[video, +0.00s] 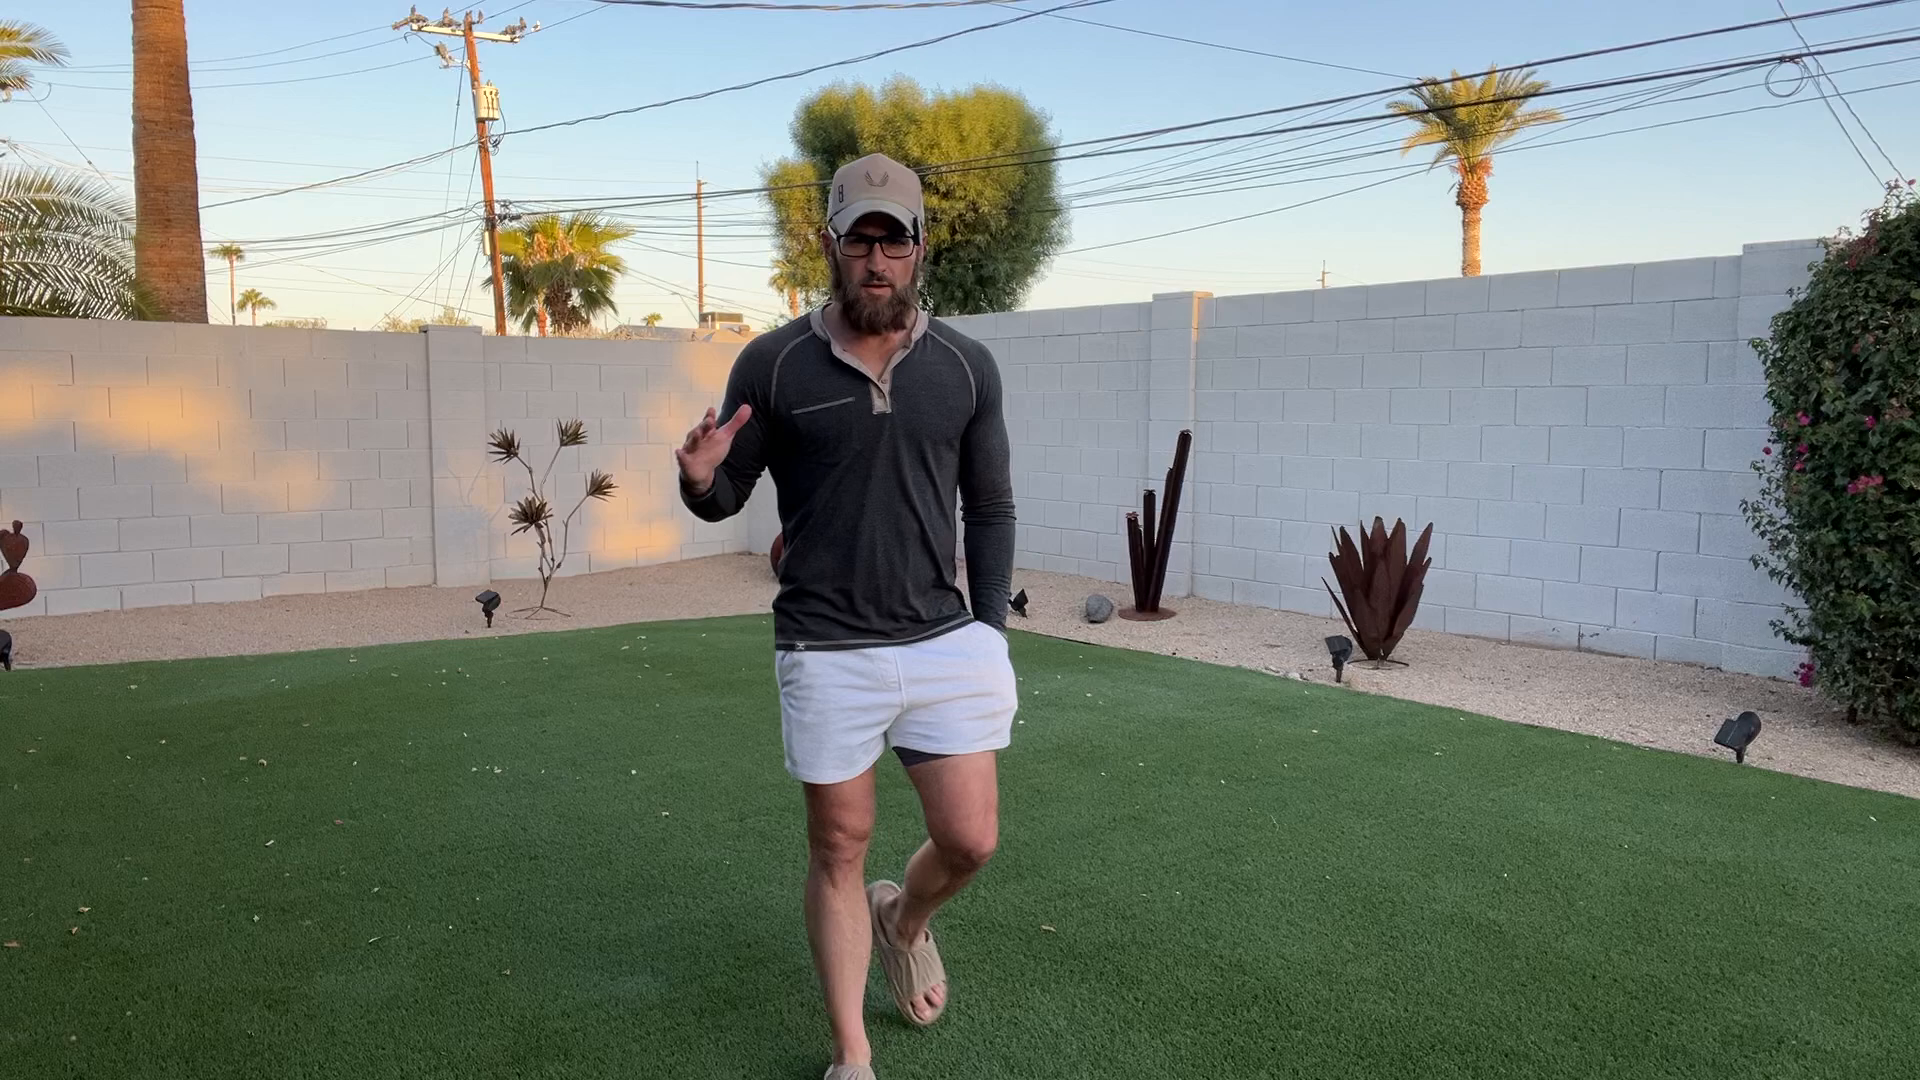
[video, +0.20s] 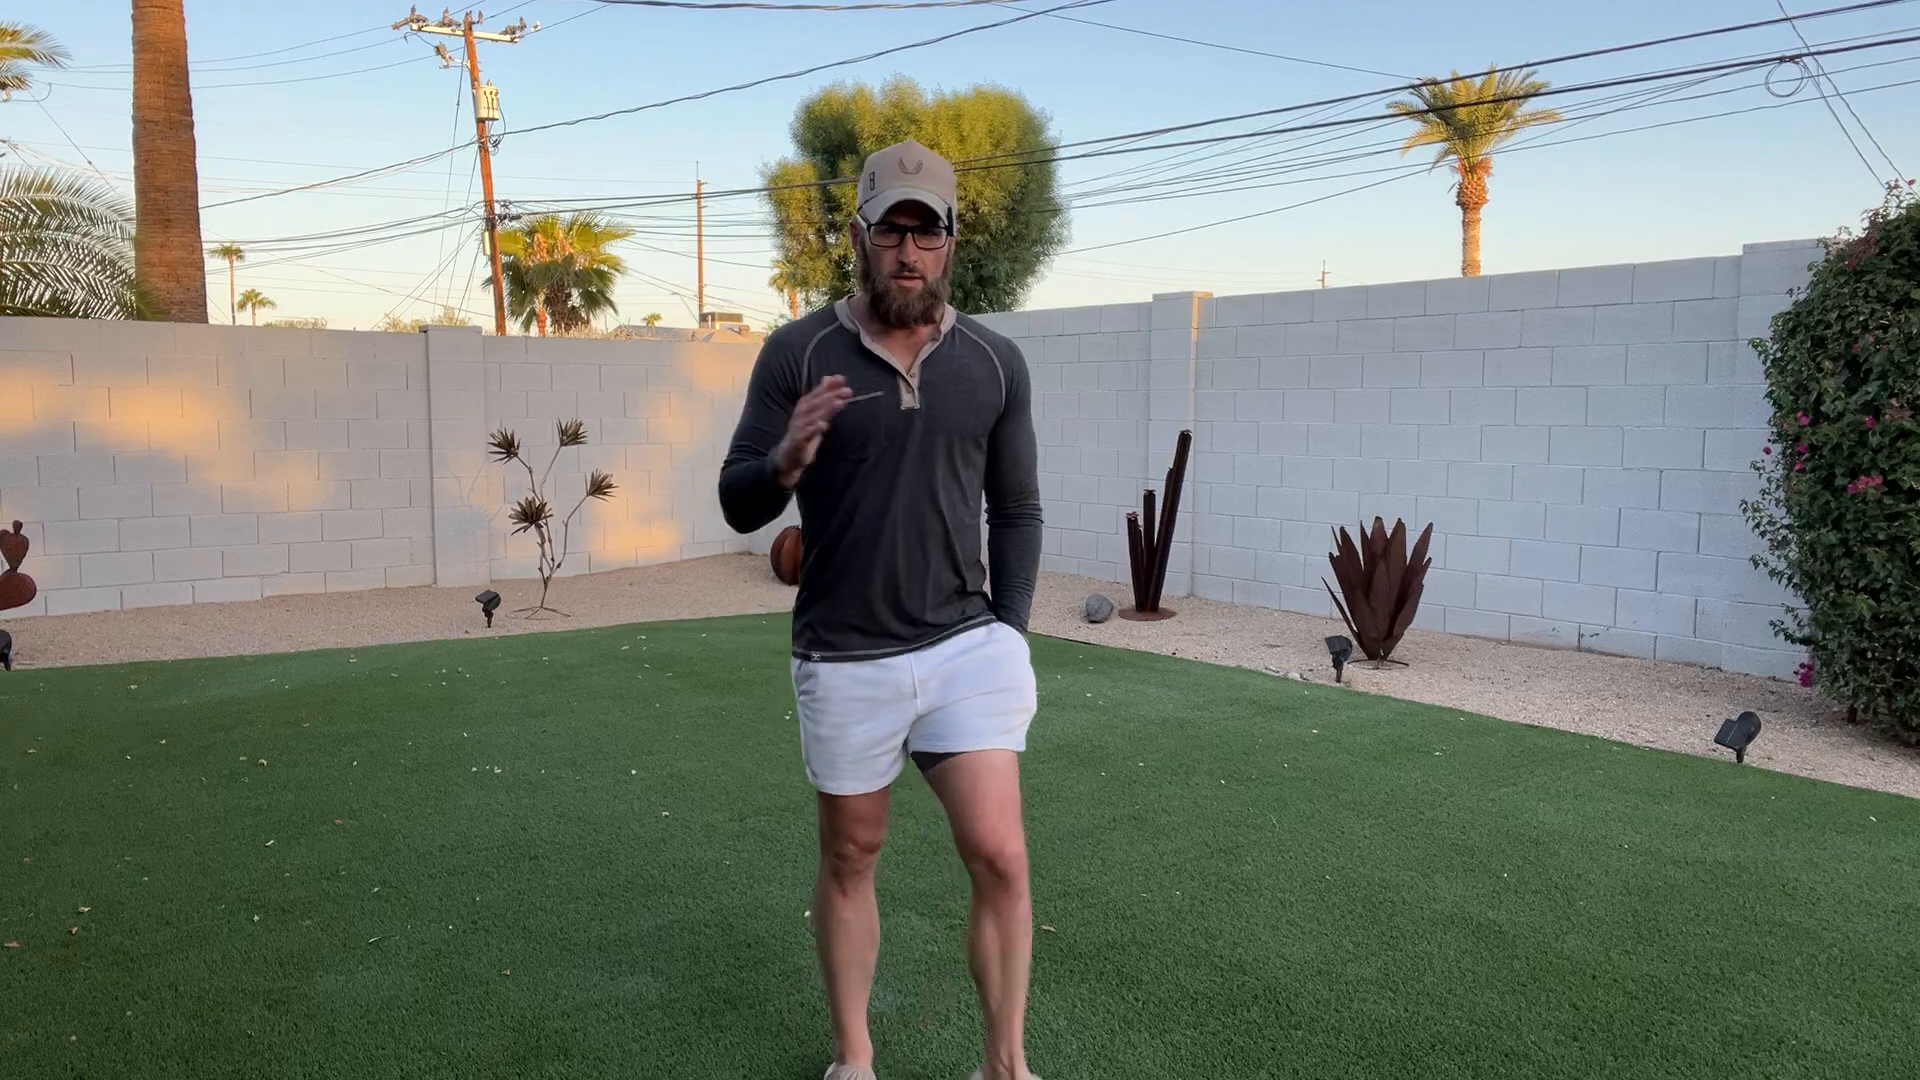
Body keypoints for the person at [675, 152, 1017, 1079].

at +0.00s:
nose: (876, 259)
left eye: (894, 240)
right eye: (859, 240)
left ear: (920, 253)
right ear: (830, 249)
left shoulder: (964, 365)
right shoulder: (773, 365)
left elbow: (990, 505)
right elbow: (725, 497)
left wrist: (988, 625)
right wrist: (700, 480)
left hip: (943, 635)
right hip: (827, 644)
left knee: (969, 841)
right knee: (840, 848)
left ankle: (900, 918)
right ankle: (851, 1055)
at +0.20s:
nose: (905, 251)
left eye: (924, 232)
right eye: (888, 231)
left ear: (951, 247)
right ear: (858, 240)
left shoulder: (994, 360)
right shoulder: (798, 353)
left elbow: (1017, 507)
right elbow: (739, 500)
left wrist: (1009, 629)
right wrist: (785, 457)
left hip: (965, 640)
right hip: (845, 652)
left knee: (1000, 854)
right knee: (852, 850)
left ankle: (1008, 1062)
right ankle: (854, 1057)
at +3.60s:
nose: (1108, 153)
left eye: (1136, 108)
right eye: (1066, 106)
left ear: (1164, 101)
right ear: (975, 74)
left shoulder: (1223, 310)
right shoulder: (832, 290)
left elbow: (1287, 532)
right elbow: (741, 545)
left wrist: (1120, 709)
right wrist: (847, 589)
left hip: (1135, 897)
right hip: (902, 899)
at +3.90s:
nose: (975, 97)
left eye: (1013, 53)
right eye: (930, 50)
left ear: (1051, 67)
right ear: (858, 57)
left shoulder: (1140, 286)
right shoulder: (734, 278)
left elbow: (1092, 561)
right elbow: (671, 554)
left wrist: (857, 742)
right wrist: (946, 553)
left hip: (1072, 921)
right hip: (819, 923)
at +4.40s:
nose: (850, 89)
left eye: (893, 39)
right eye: (804, 40)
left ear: (945, 47)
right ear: (741, 40)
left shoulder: (1079, 278)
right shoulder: (639, 299)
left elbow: (1238, 527)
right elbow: (567, 631)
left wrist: (1240, 614)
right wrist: (523, 618)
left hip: (1033, 940)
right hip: (764, 957)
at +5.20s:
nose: (1119, 20)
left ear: (1228, 12)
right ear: (996, 1)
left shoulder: (1348, 288)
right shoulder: (804, 248)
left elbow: (1375, 681)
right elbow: (716, 605)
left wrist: (1249, 1014)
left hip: (1211, 1034)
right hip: (893, 1037)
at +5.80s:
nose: (1216, 3)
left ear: (1333, 6)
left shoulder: (1453, 298)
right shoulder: (884, 204)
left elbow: (1437, 732)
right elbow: (755, 579)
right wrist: (1092, 643)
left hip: (1267, 1035)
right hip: (916, 1023)